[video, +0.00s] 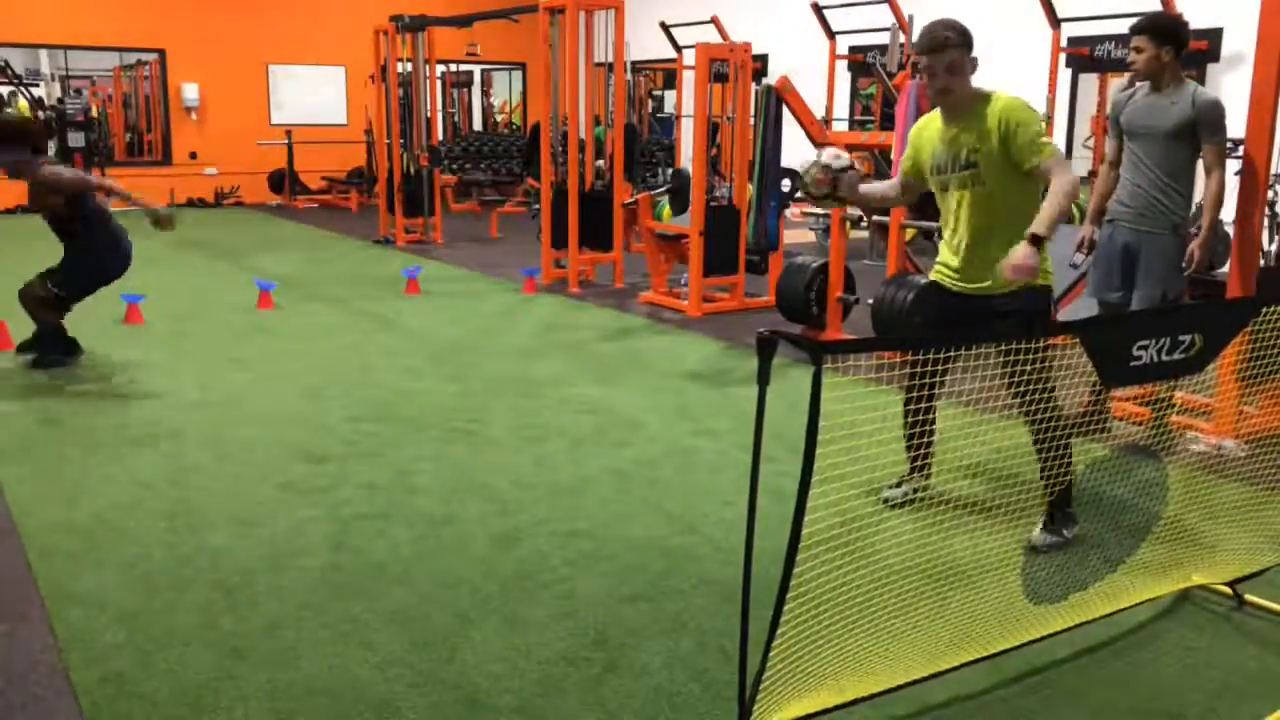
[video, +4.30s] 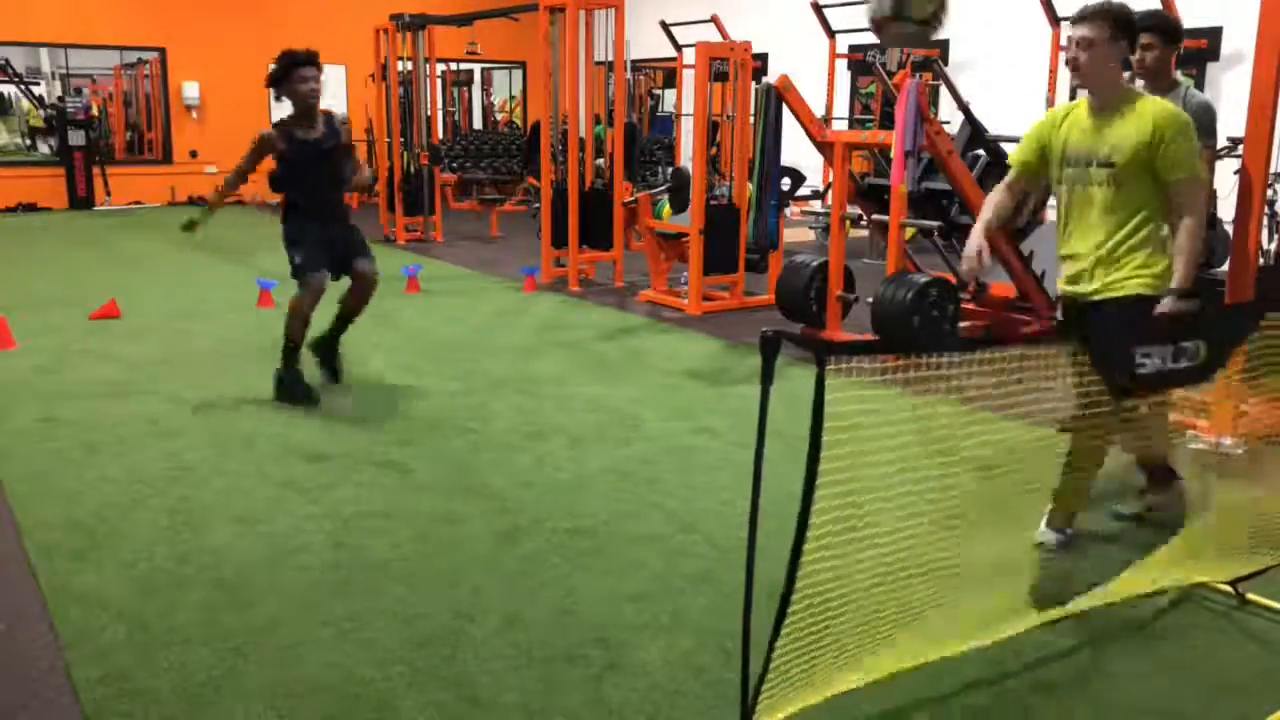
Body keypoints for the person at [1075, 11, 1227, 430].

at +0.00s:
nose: (1129, 58)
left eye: (1138, 50)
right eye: (1130, 50)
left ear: (1169, 55)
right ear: (1146, 54)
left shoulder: (1202, 104)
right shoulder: (1123, 98)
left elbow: (1214, 174)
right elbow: (1110, 165)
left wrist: (1205, 236)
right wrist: (1090, 221)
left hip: (1163, 237)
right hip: (1114, 230)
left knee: (1149, 330)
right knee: (1106, 323)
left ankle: (1157, 428)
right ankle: (1095, 409)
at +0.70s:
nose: (1144, 59)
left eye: (1153, 50)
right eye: (1138, 51)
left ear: (1175, 52)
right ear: (1131, 55)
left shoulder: (1200, 104)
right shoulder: (1120, 97)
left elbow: (1209, 171)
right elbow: (1106, 158)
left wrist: (1199, 235)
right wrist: (1100, 216)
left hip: (1169, 224)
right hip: (1120, 220)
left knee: (1163, 316)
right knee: (1103, 308)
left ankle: (1159, 410)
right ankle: (1090, 400)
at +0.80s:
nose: (1142, 59)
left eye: (1151, 50)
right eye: (1135, 51)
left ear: (1174, 51)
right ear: (1129, 55)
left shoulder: (1198, 106)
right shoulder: (1124, 102)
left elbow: (1206, 174)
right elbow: (1106, 164)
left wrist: (1197, 236)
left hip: (1171, 224)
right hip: (1124, 219)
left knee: (1161, 310)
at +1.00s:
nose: (1130, 61)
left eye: (1138, 53)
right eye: (1128, 54)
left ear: (1169, 53)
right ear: (1126, 54)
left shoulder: (1198, 107)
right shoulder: (1122, 100)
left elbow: (1206, 174)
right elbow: (1105, 163)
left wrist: (1195, 238)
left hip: (1167, 225)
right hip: (1122, 220)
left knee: (1158, 309)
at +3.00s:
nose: (1121, 59)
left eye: (1128, 51)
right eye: (1121, 51)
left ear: (1158, 54)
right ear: (1143, 55)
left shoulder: (1195, 106)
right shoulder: (1121, 104)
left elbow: (1205, 175)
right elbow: (1109, 171)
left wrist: (1189, 238)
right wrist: (1088, 226)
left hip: (1160, 236)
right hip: (1114, 229)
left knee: (1143, 327)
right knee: (1105, 322)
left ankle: (1154, 421)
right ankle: (1097, 403)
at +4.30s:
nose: (1138, 58)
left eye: (1148, 49)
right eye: (1135, 49)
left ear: (1173, 51)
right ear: (1129, 52)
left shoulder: (1196, 107)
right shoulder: (1127, 99)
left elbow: (1204, 178)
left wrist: (1195, 233)